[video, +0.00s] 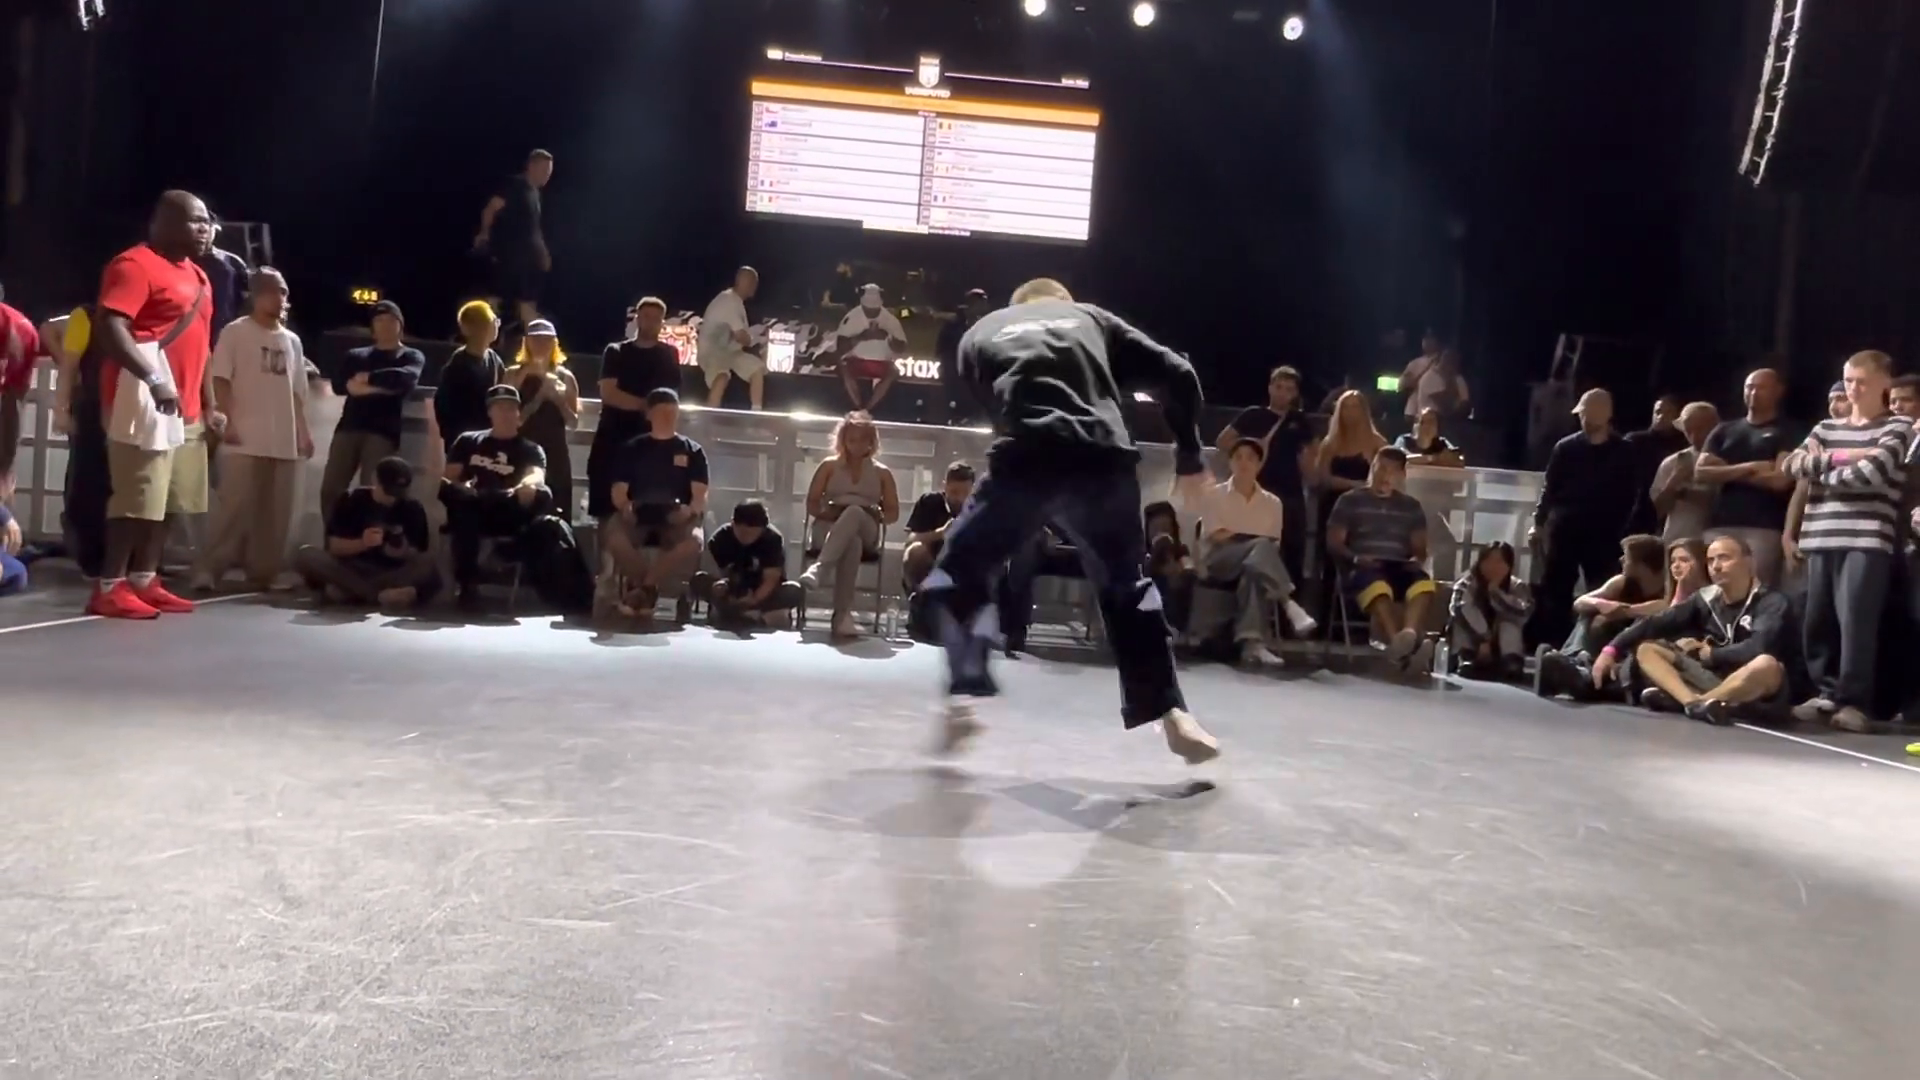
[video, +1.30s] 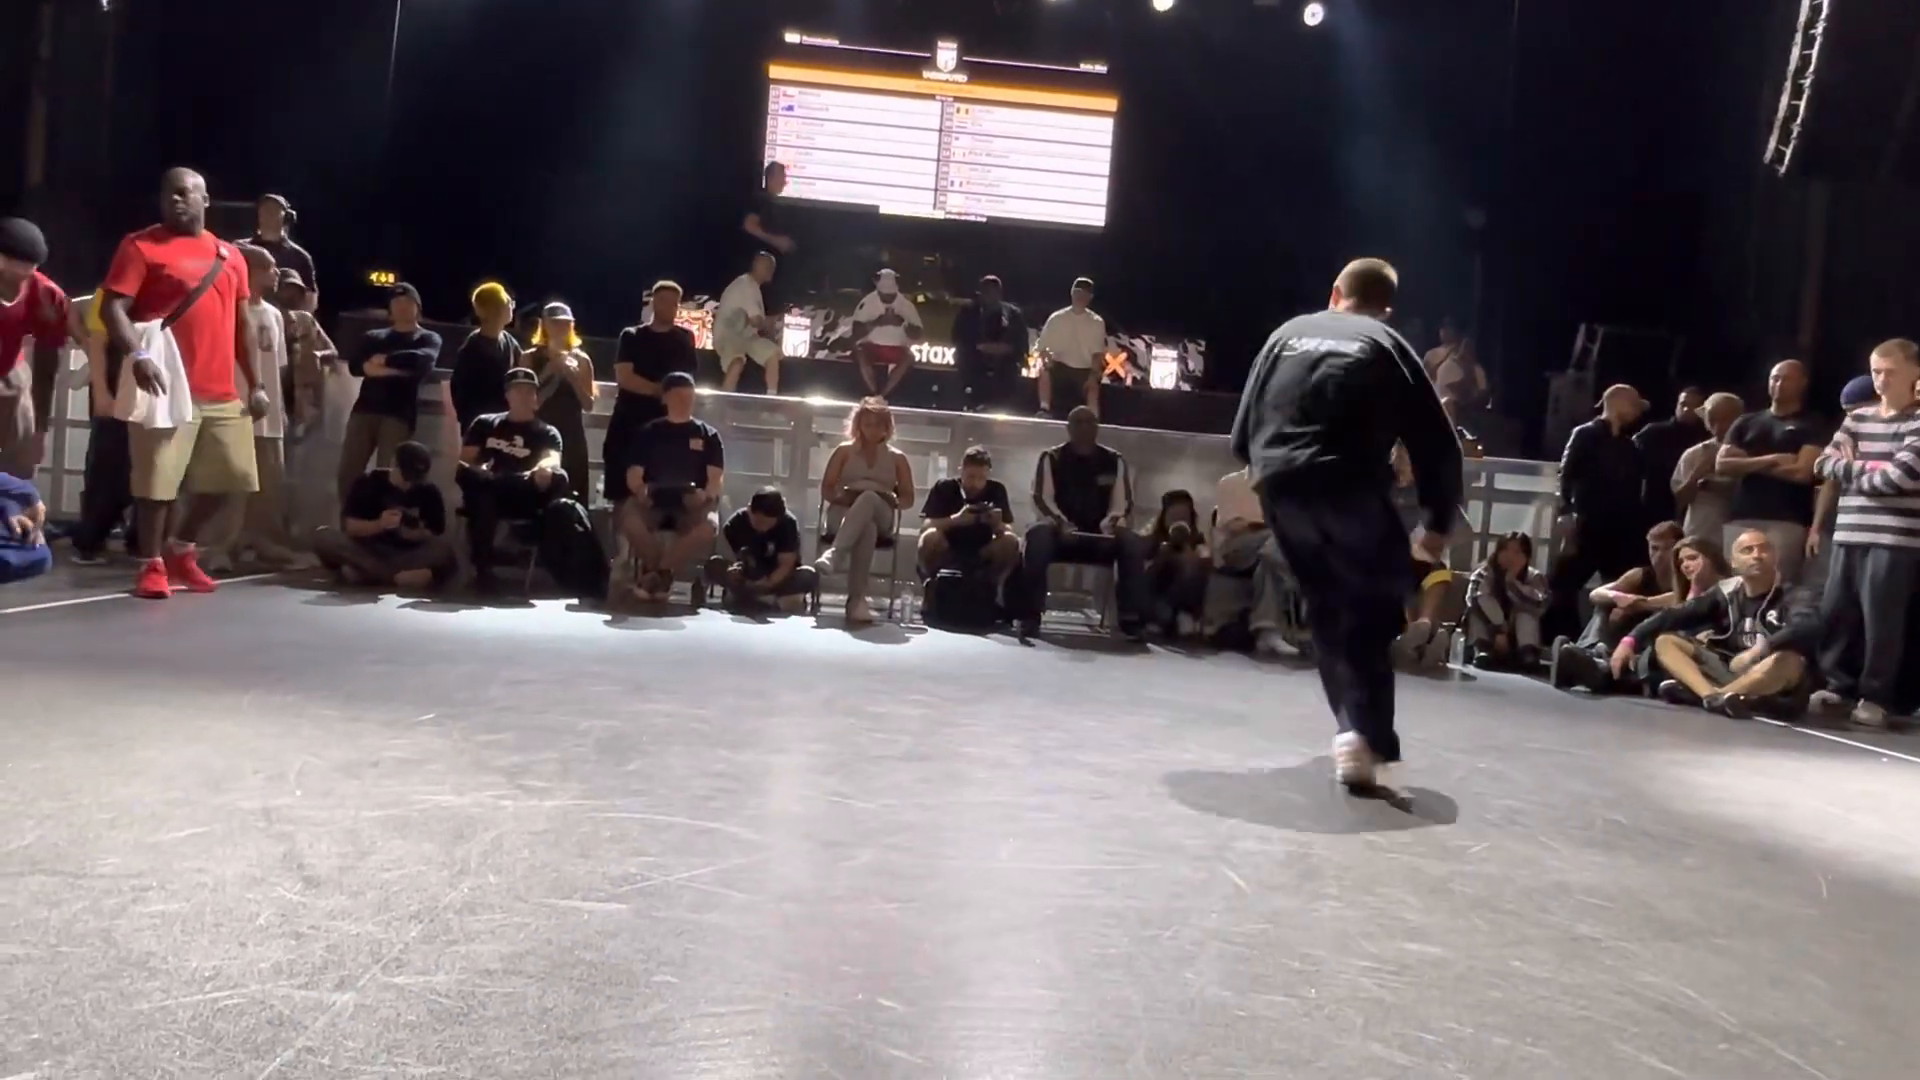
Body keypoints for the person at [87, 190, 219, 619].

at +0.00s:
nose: (207, 229)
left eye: (209, 222)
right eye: (197, 221)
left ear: (207, 229)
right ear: (167, 224)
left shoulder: (199, 278)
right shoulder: (135, 266)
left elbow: (199, 349)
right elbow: (110, 326)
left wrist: (208, 404)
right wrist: (155, 378)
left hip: (178, 404)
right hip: (139, 400)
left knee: (165, 495)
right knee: (135, 495)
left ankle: (145, 581)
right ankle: (109, 587)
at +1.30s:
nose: (179, 198)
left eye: (187, 192)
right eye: (173, 192)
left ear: (205, 201)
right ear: (161, 201)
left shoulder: (230, 256)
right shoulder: (141, 248)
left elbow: (241, 325)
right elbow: (113, 307)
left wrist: (254, 384)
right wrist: (135, 353)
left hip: (222, 396)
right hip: (166, 393)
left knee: (228, 474)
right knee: (157, 483)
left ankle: (181, 550)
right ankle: (151, 565)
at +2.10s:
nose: (213, 206)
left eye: (221, 198)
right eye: (213, 198)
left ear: (247, 204)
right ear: (213, 202)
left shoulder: (278, 259)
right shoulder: (196, 247)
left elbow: (295, 335)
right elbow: (177, 306)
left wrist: (283, 394)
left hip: (248, 397)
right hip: (189, 391)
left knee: (250, 487)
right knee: (173, 483)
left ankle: (243, 564)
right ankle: (161, 562)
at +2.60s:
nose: (209, 207)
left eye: (215, 199)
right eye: (209, 199)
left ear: (242, 202)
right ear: (236, 203)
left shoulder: (274, 258)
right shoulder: (211, 247)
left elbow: (288, 333)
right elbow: (190, 287)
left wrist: (277, 394)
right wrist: (128, 275)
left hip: (239, 393)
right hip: (189, 388)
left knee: (246, 483)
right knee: (177, 476)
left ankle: (242, 566)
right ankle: (180, 559)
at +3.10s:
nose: (175, 211)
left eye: (182, 202)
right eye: (171, 204)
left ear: (206, 200)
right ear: (169, 208)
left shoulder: (239, 252)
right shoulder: (167, 252)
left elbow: (263, 323)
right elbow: (131, 278)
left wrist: (253, 384)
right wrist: (94, 260)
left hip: (223, 390)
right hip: (170, 389)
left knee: (236, 481)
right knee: (171, 480)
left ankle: (239, 565)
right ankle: (178, 562)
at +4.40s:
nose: (190, 212)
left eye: (199, 204)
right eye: (188, 205)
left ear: (226, 207)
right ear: (186, 211)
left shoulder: (254, 263)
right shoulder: (169, 254)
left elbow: (270, 330)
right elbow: (128, 288)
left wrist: (265, 387)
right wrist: (96, 253)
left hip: (223, 393)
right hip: (161, 388)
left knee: (230, 485)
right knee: (145, 480)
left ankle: (224, 565)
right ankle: (137, 560)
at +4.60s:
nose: (161, 213)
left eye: (169, 205)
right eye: (159, 207)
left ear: (194, 207)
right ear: (158, 213)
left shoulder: (227, 259)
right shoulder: (141, 258)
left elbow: (251, 324)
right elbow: (99, 306)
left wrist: (259, 385)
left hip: (206, 395)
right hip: (143, 394)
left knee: (216, 488)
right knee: (136, 487)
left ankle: (219, 569)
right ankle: (133, 566)